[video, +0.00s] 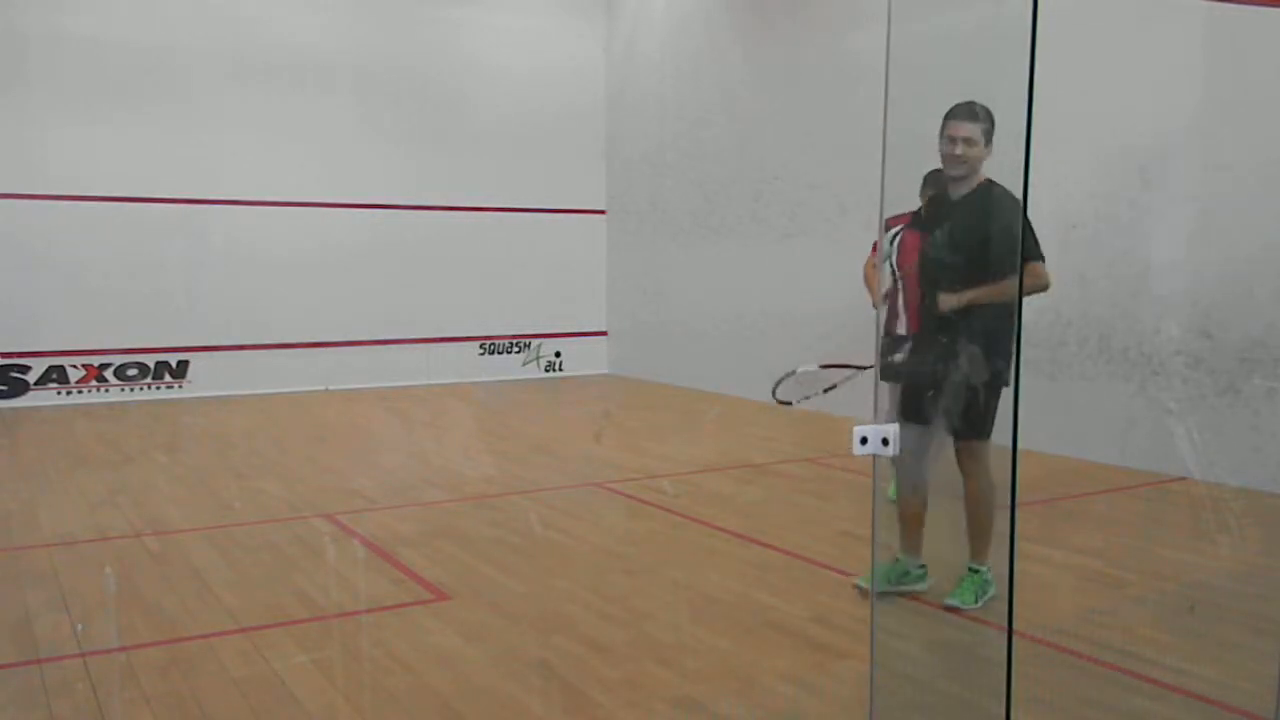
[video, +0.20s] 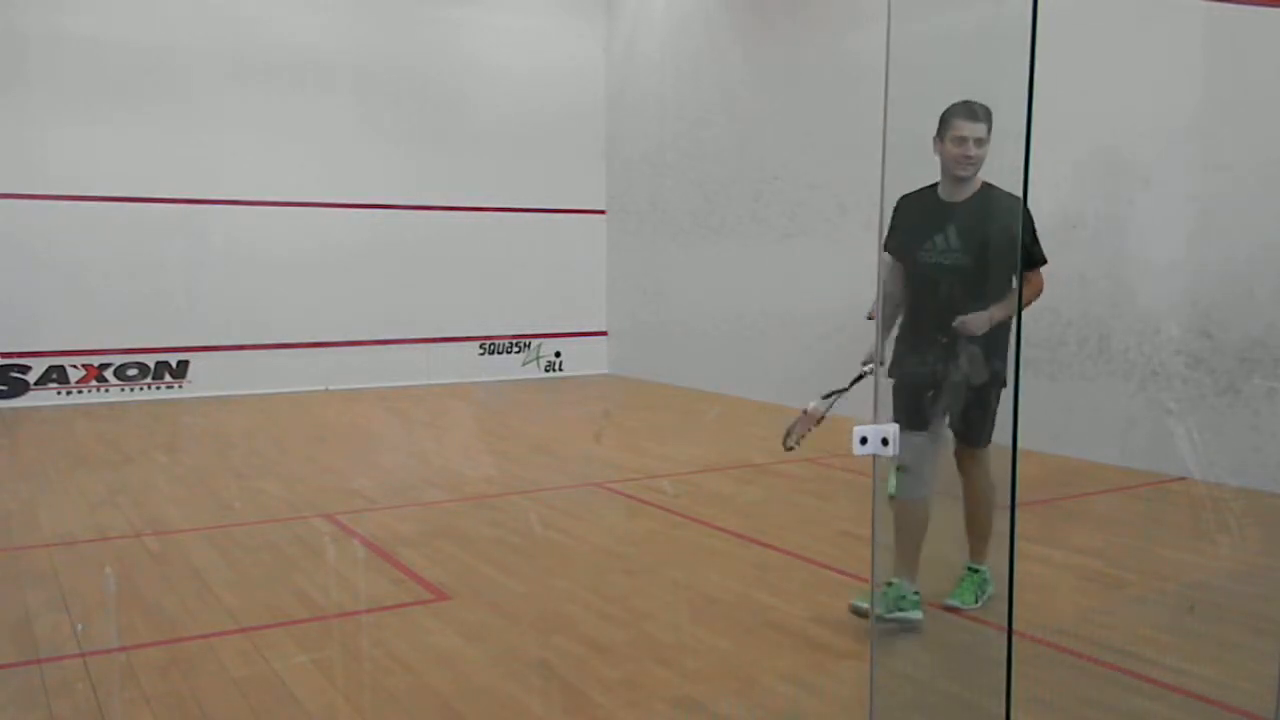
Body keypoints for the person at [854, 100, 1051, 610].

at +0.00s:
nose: (956, 150)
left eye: (968, 143)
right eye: (949, 140)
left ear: (987, 149)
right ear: (939, 143)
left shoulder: (1001, 206)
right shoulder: (934, 203)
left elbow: (1037, 276)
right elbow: (917, 261)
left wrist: (965, 296)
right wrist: (889, 279)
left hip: (979, 352)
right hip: (928, 345)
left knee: (972, 456)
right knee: (909, 451)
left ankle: (979, 571)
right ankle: (910, 562)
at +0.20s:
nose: (968, 150)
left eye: (978, 142)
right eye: (958, 141)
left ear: (989, 149)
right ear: (937, 145)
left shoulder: (1009, 212)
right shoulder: (911, 208)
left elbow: (1033, 281)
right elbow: (894, 281)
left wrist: (992, 315)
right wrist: (879, 334)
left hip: (978, 357)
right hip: (918, 351)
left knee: (971, 457)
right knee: (910, 464)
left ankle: (978, 571)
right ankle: (904, 587)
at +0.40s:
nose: (960, 142)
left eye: (967, 133)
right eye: (949, 132)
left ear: (974, 141)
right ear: (923, 138)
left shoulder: (992, 206)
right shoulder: (891, 209)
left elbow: (1009, 287)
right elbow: (863, 285)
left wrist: (985, 338)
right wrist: (836, 352)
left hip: (965, 362)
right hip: (904, 361)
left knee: (959, 468)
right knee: (909, 477)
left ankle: (967, 564)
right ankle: (912, 604)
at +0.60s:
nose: (943, 133)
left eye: (949, 125)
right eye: (931, 125)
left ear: (954, 134)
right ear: (903, 133)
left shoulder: (971, 202)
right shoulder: (871, 206)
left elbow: (988, 281)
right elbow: (843, 282)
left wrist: (977, 341)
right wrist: (820, 352)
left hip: (958, 362)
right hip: (892, 366)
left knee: (969, 485)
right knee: (900, 488)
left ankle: (949, 549)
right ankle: (911, 603)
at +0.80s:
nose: (929, 134)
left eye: (935, 125)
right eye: (918, 125)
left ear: (940, 132)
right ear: (890, 131)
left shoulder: (959, 197)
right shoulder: (856, 205)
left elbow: (975, 278)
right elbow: (828, 279)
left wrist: (978, 341)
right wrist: (818, 340)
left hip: (947, 364)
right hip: (881, 369)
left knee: (946, 486)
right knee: (893, 487)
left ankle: (956, 615)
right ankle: (911, 605)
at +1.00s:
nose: (917, 131)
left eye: (922, 122)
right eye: (904, 123)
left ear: (929, 129)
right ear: (875, 132)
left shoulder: (951, 196)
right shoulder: (844, 205)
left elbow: (980, 275)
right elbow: (821, 282)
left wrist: (987, 345)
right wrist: (812, 349)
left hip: (931, 366)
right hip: (867, 370)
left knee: (917, 496)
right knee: (887, 496)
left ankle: (915, 629)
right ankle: (909, 607)